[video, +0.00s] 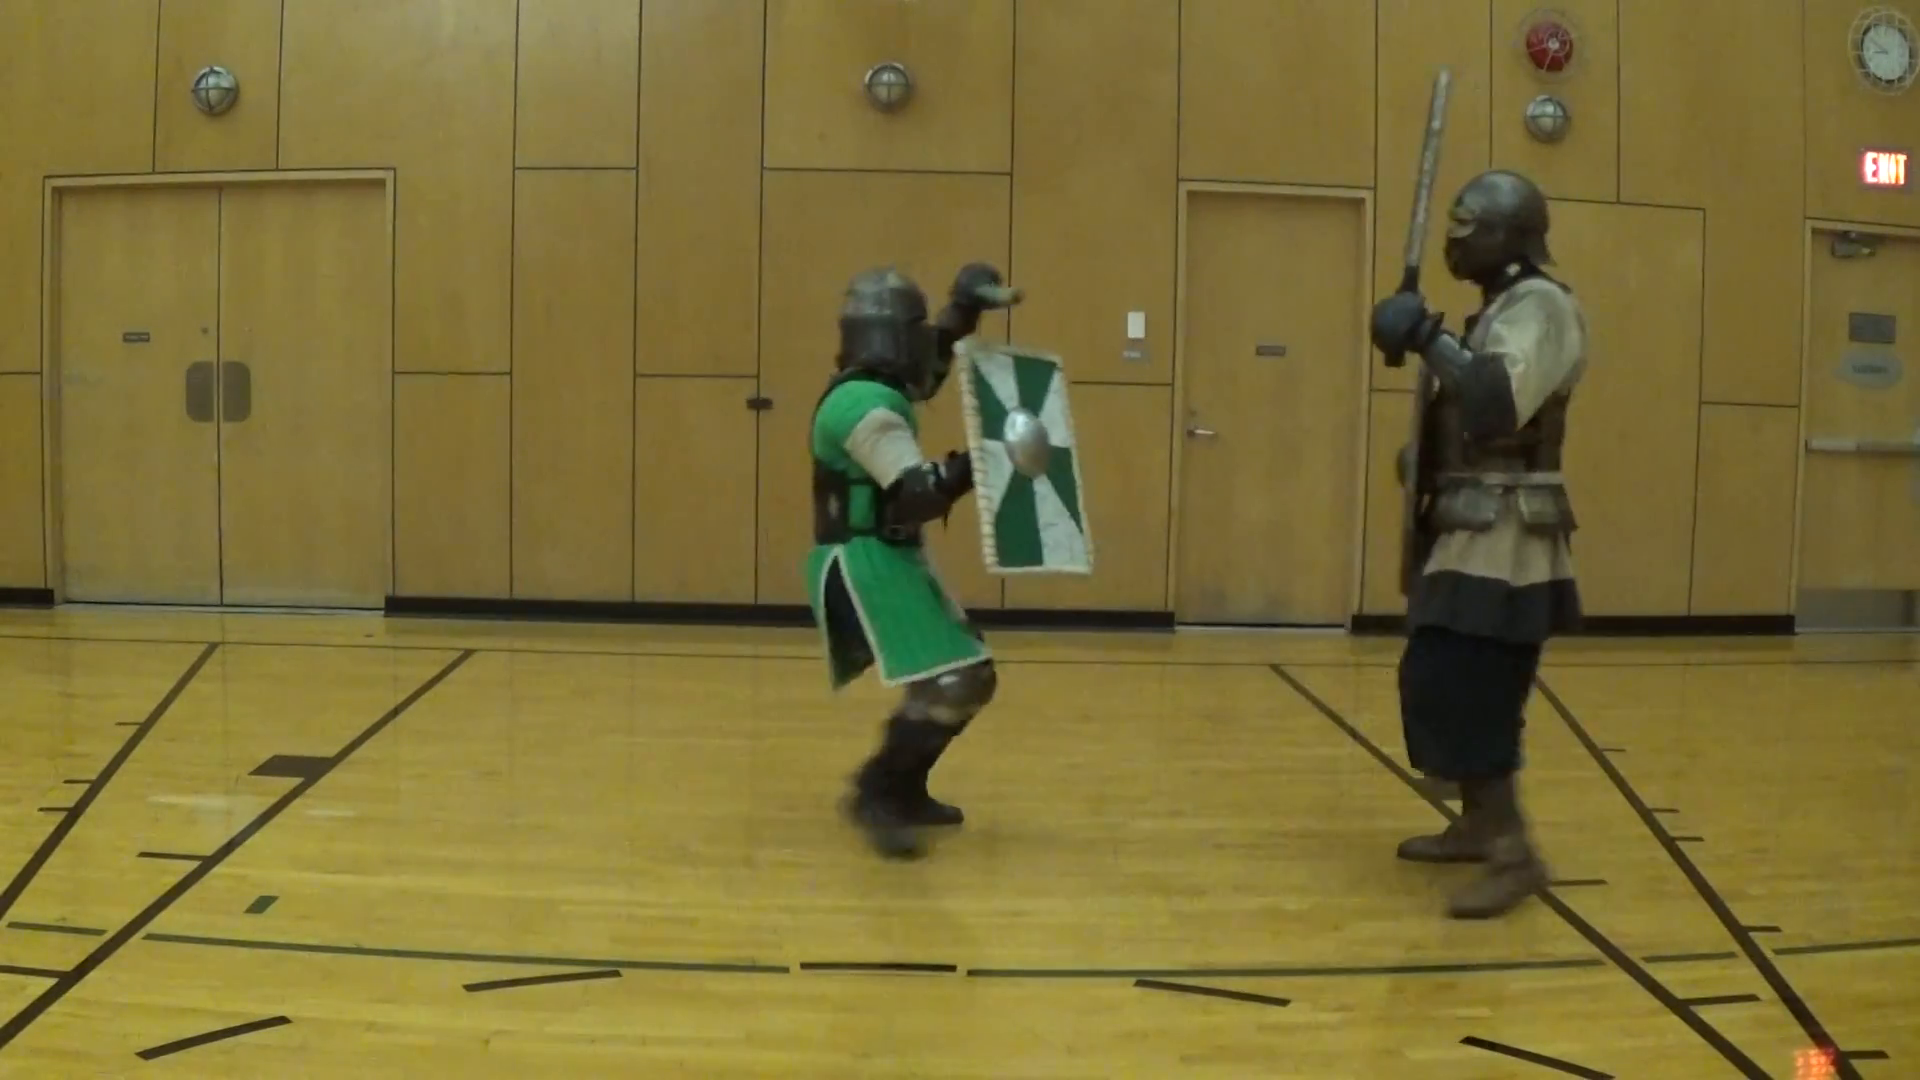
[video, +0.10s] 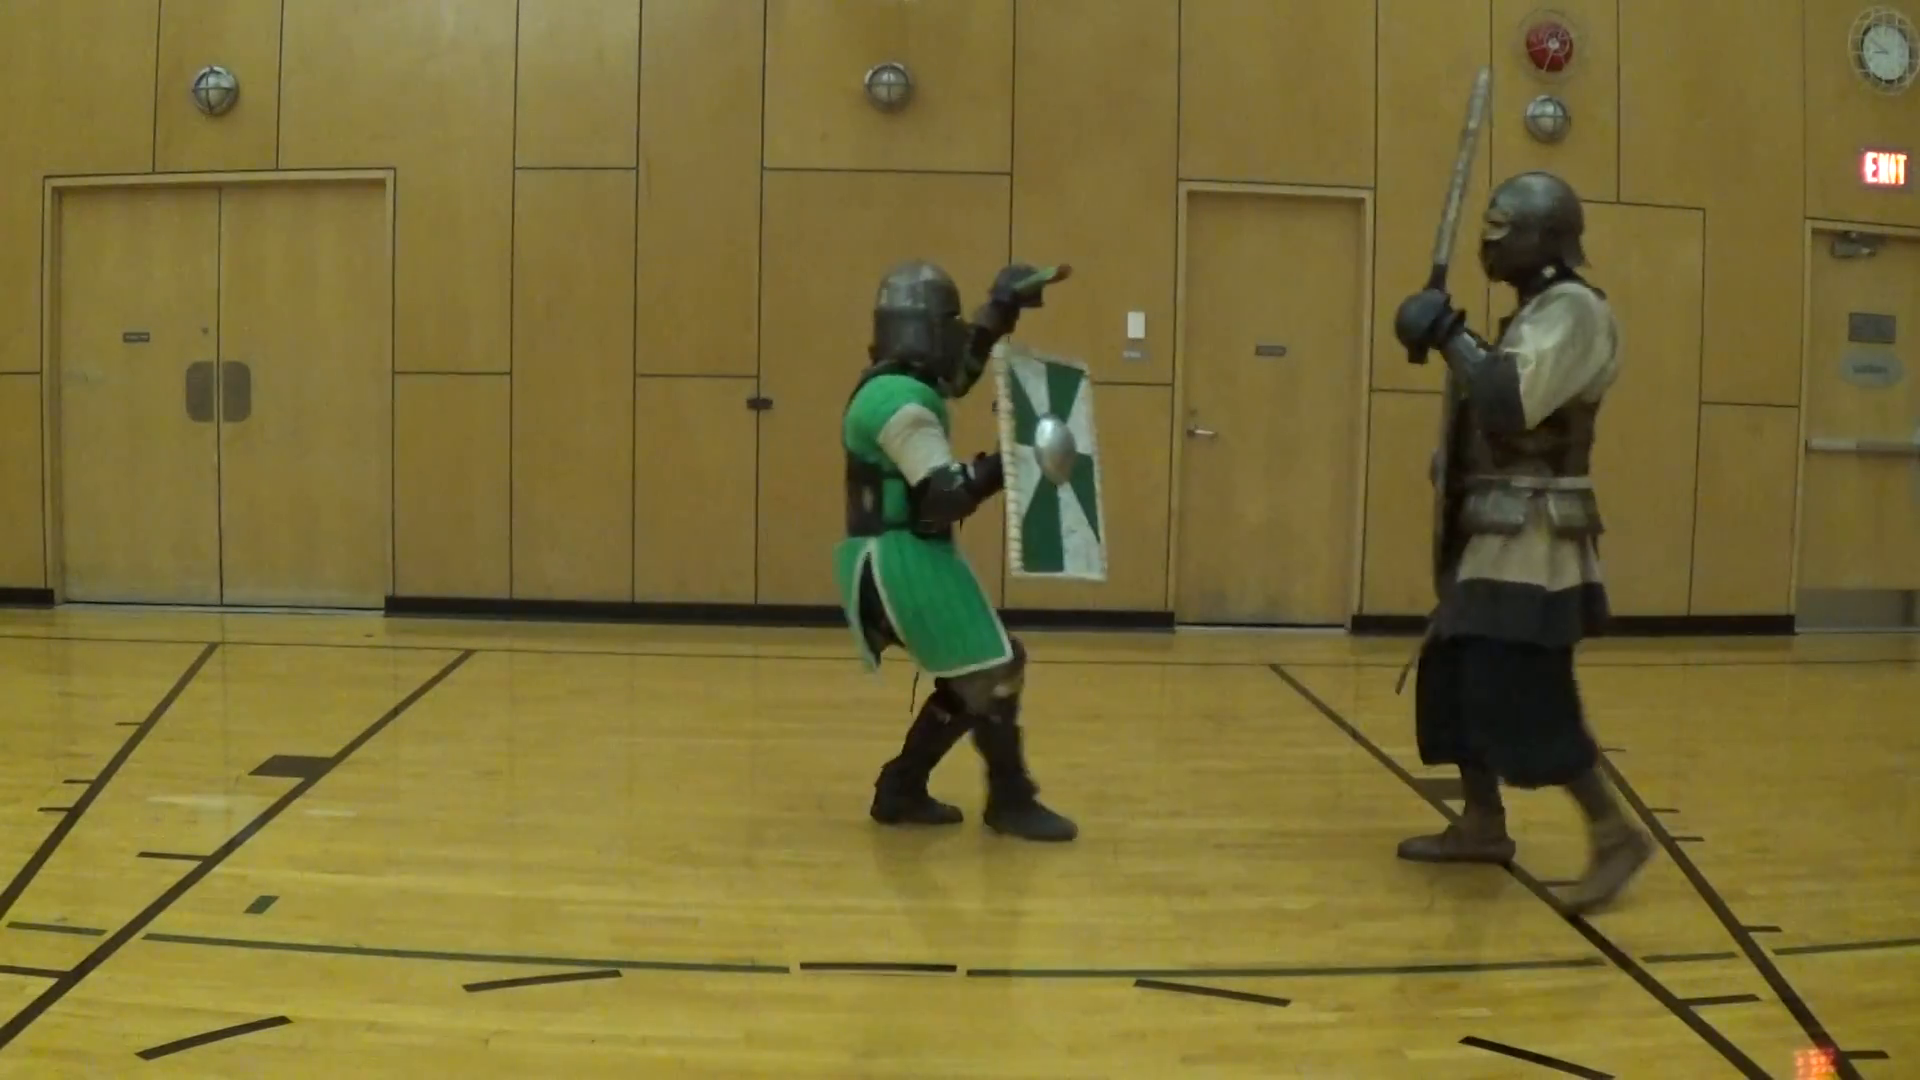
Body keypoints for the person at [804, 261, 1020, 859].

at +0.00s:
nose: (922, 344)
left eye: (919, 335)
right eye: (914, 334)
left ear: (867, 336)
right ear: (892, 337)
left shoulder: (880, 394)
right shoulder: (861, 403)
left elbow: (923, 369)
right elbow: (916, 495)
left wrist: (960, 311)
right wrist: (995, 456)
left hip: (890, 556)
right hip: (861, 561)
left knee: (969, 672)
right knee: (952, 678)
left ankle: (903, 788)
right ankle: (879, 794)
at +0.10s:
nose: (957, 336)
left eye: (955, 327)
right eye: (951, 325)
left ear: (893, 328)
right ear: (930, 329)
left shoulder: (905, 388)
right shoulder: (898, 397)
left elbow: (959, 371)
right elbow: (941, 498)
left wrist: (1000, 305)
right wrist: (1016, 457)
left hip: (907, 553)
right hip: (902, 559)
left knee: (973, 670)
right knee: (997, 665)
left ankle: (902, 788)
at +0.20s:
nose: (979, 336)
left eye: (976, 329)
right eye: (972, 326)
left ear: (915, 330)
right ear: (955, 331)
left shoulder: (917, 391)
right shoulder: (930, 405)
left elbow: (978, 365)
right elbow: (971, 509)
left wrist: (1017, 303)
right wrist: (1041, 459)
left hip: (925, 561)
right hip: (943, 566)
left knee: (988, 678)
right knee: (1030, 669)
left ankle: (910, 775)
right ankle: (1012, 802)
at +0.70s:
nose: (973, 319)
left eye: (971, 308)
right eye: (965, 308)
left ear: (914, 316)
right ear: (941, 315)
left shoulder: (931, 379)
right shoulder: (918, 384)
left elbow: (945, 470)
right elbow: (930, 483)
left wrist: (995, 455)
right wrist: (1000, 463)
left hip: (939, 529)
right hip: (928, 533)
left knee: (953, 655)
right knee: (983, 658)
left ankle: (882, 756)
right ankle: (1008, 795)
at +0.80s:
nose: (966, 313)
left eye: (963, 302)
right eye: (957, 302)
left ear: (908, 308)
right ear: (928, 308)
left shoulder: (924, 372)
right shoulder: (904, 376)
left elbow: (930, 467)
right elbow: (909, 473)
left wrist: (989, 467)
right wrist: (986, 465)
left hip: (923, 525)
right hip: (905, 527)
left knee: (938, 652)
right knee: (956, 653)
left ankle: (881, 756)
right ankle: (974, 791)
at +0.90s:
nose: (956, 308)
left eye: (953, 297)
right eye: (949, 297)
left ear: (896, 300)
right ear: (926, 301)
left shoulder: (908, 360)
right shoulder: (895, 364)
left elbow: (916, 456)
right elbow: (895, 456)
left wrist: (977, 462)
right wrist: (976, 461)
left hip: (909, 515)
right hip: (893, 518)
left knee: (936, 645)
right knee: (924, 646)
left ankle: (882, 756)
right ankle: (896, 784)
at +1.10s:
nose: (933, 301)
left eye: (931, 289)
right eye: (925, 289)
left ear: (872, 294)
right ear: (903, 294)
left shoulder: (888, 353)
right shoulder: (873, 354)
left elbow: (890, 447)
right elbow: (873, 445)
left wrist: (950, 453)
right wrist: (952, 447)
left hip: (889, 510)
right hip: (861, 508)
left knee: (909, 639)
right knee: (857, 636)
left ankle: (880, 760)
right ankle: (758, 751)